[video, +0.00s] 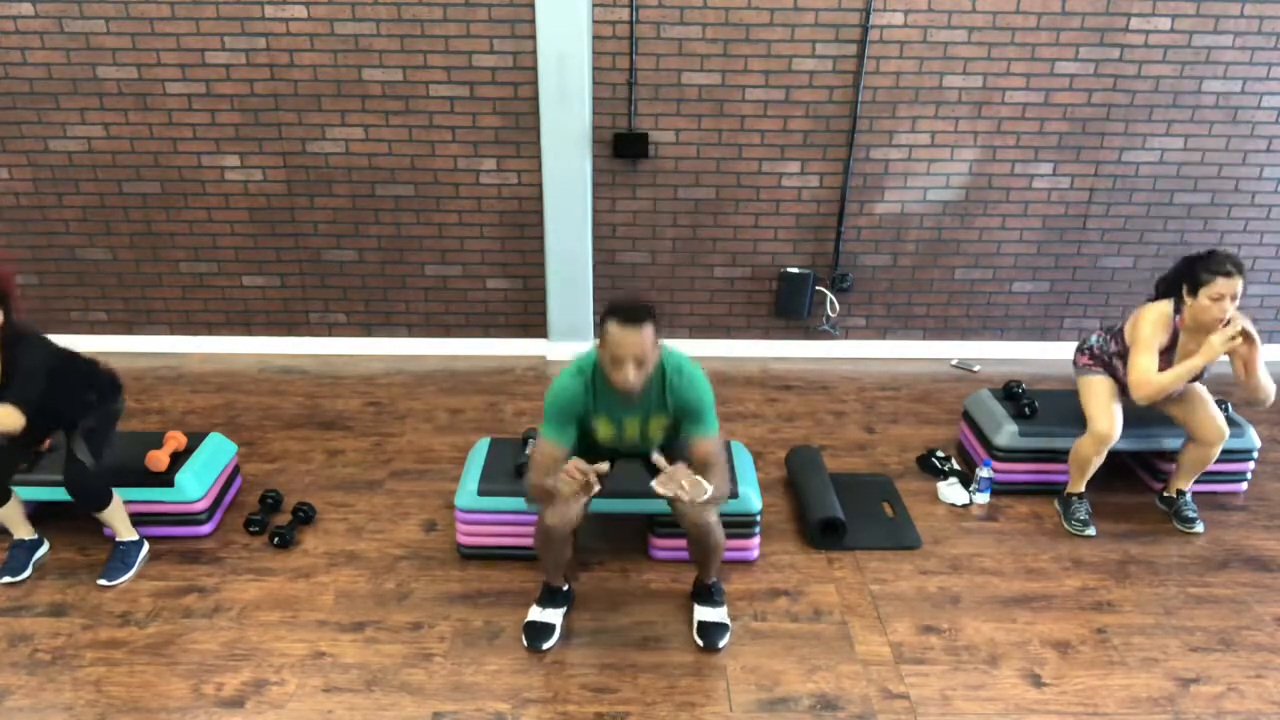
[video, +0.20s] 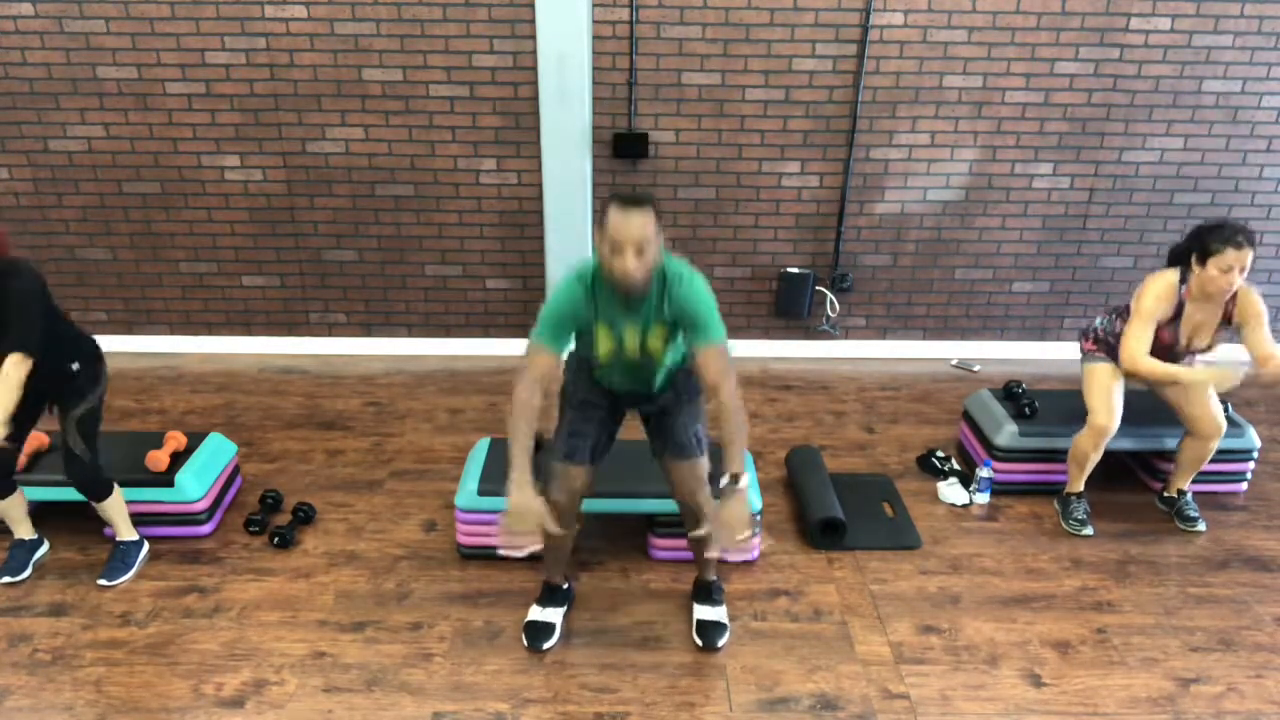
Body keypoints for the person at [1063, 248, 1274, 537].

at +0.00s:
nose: (1227, 311)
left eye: (1234, 299)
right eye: (1217, 299)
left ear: (1239, 299)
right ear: (1188, 295)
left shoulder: (1231, 329)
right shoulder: (1155, 318)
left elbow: (1262, 399)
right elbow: (1142, 391)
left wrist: (1252, 364)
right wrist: (1204, 357)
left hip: (1162, 372)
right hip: (1104, 363)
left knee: (1214, 432)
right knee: (1105, 431)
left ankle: (1175, 493)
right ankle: (1073, 494)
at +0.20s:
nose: (1235, 281)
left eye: (1242, 271)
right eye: (1225, 270)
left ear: (1248, 269)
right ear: (1197, 264)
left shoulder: (1245, 300)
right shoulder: (1160, 288)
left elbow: (1267, 361)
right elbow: (1131, 361)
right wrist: (1193, 376)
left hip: (1171, 357)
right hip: (1112, 346)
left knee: (1210, 426)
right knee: (1104, 424)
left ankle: (1174, 492)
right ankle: (1072, 494)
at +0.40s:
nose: (1246, 213)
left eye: (1252, 203)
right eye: (1236, 202)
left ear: (1259, 200)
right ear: (1208, 198)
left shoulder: (1255, 240)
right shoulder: (1171, 232)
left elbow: (1275, 301)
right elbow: (1118, 298)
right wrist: (1105, 364)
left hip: (1185, 334)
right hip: (1132, 328)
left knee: (1201, 419)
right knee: (1108, 417)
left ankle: (1175, 493)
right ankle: (1070, 492)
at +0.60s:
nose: (1243, 185)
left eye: (1251, 175)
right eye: (1234, 175)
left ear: (1257, 174)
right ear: (1205, 171)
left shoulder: (1257, 216)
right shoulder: (1171, 212)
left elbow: (1264, 264)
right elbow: (1099, 259)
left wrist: (1272, 312)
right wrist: (1051, 307)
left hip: (1198, 333)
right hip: (1144, 326)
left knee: (1187, 423)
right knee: (1113, 417)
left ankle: (1175, 493)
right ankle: (1072, 492)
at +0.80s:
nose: (1240, 181)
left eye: (1248, 171)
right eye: (1231, 171)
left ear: (1254, 170)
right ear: (1203, 169)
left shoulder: (1255, 212)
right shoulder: (1167, 212)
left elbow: (1221, 261)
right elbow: (1106, 245)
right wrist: (1060, 275)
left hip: (1206, 337)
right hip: (1151, 330)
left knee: (1181, 424)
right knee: (1117, 415)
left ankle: (1175, 493)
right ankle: (1075, 493)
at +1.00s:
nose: (1238, 181)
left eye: (1246, 171)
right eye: (1228, 170)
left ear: (1252, 169)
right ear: (1201, 168)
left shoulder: (1255, 214)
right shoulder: (1165, 212)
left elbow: (1223, 265)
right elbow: (1105, 246)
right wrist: (1059, 279)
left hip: (1205, 337)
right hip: (1150, 330)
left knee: (1181, 425)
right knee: (1116, 415)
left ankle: (1175, 493)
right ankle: (1074, 493)